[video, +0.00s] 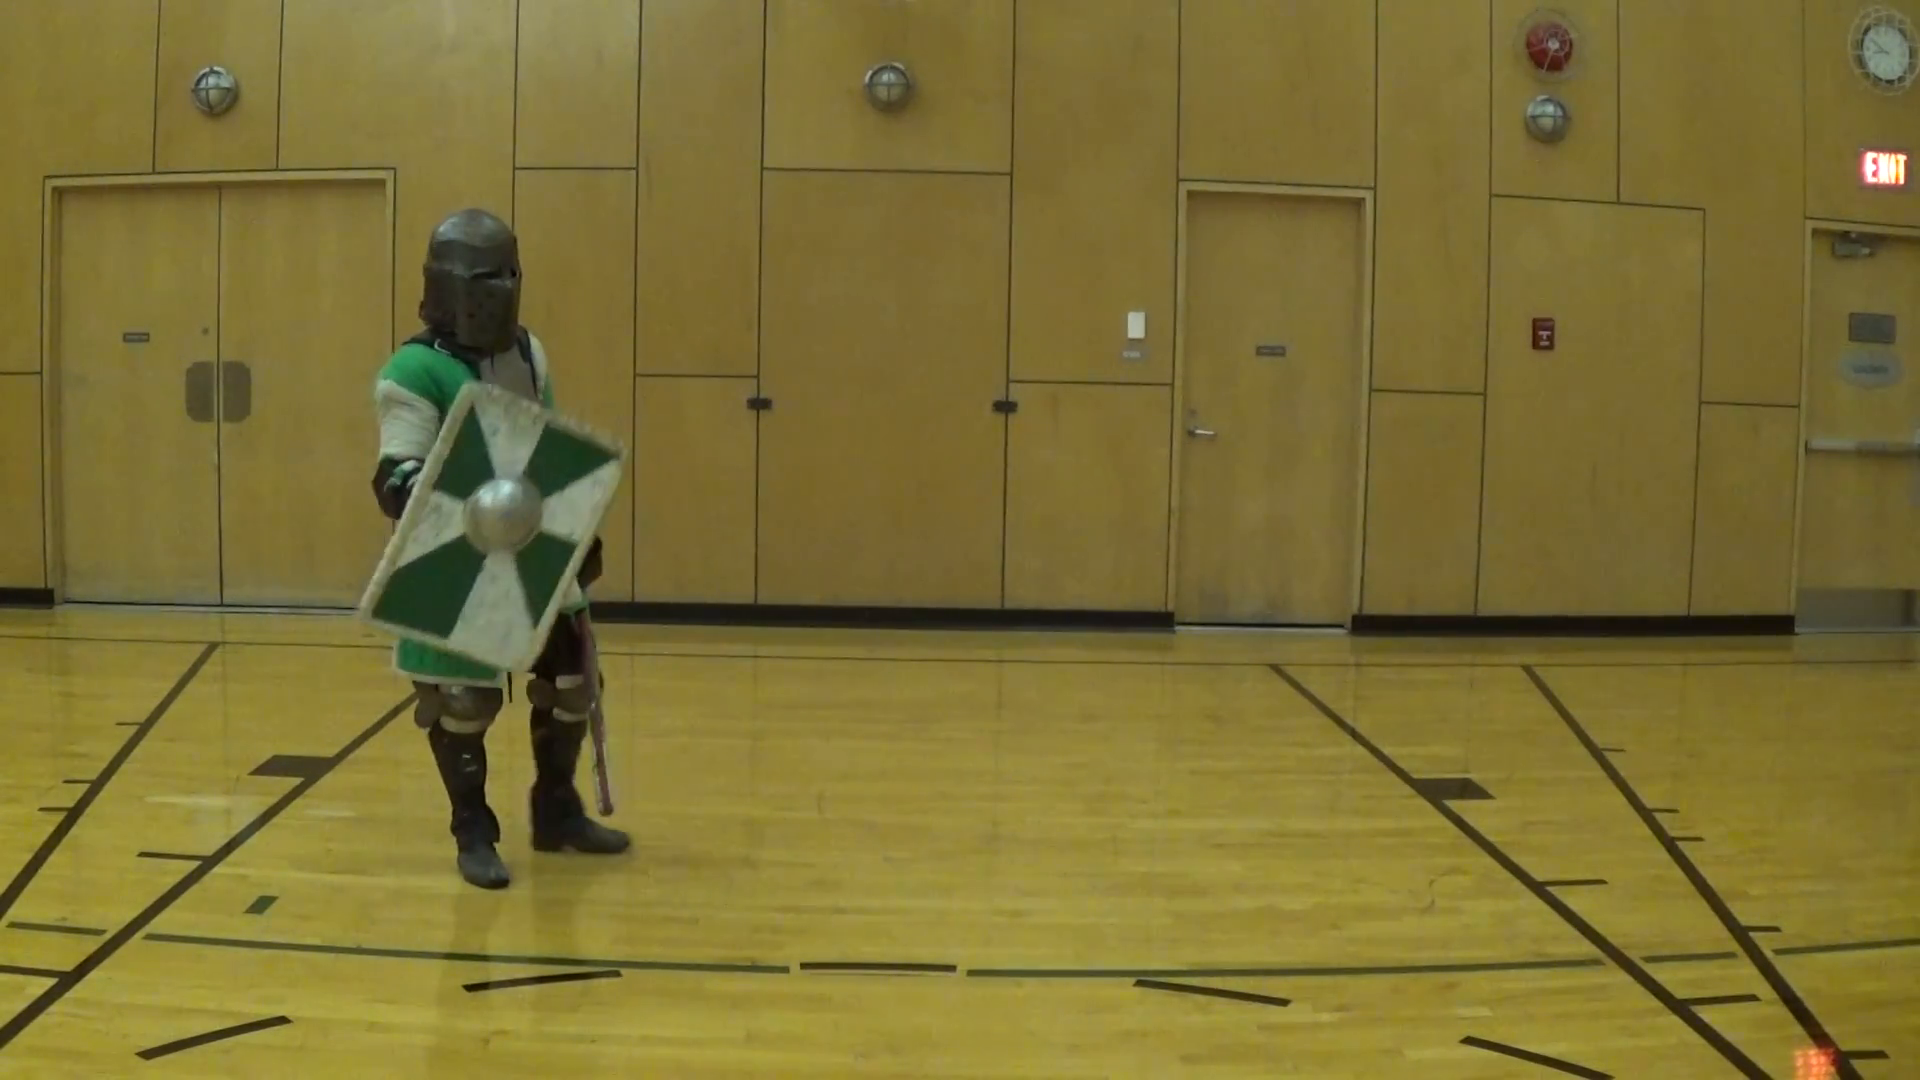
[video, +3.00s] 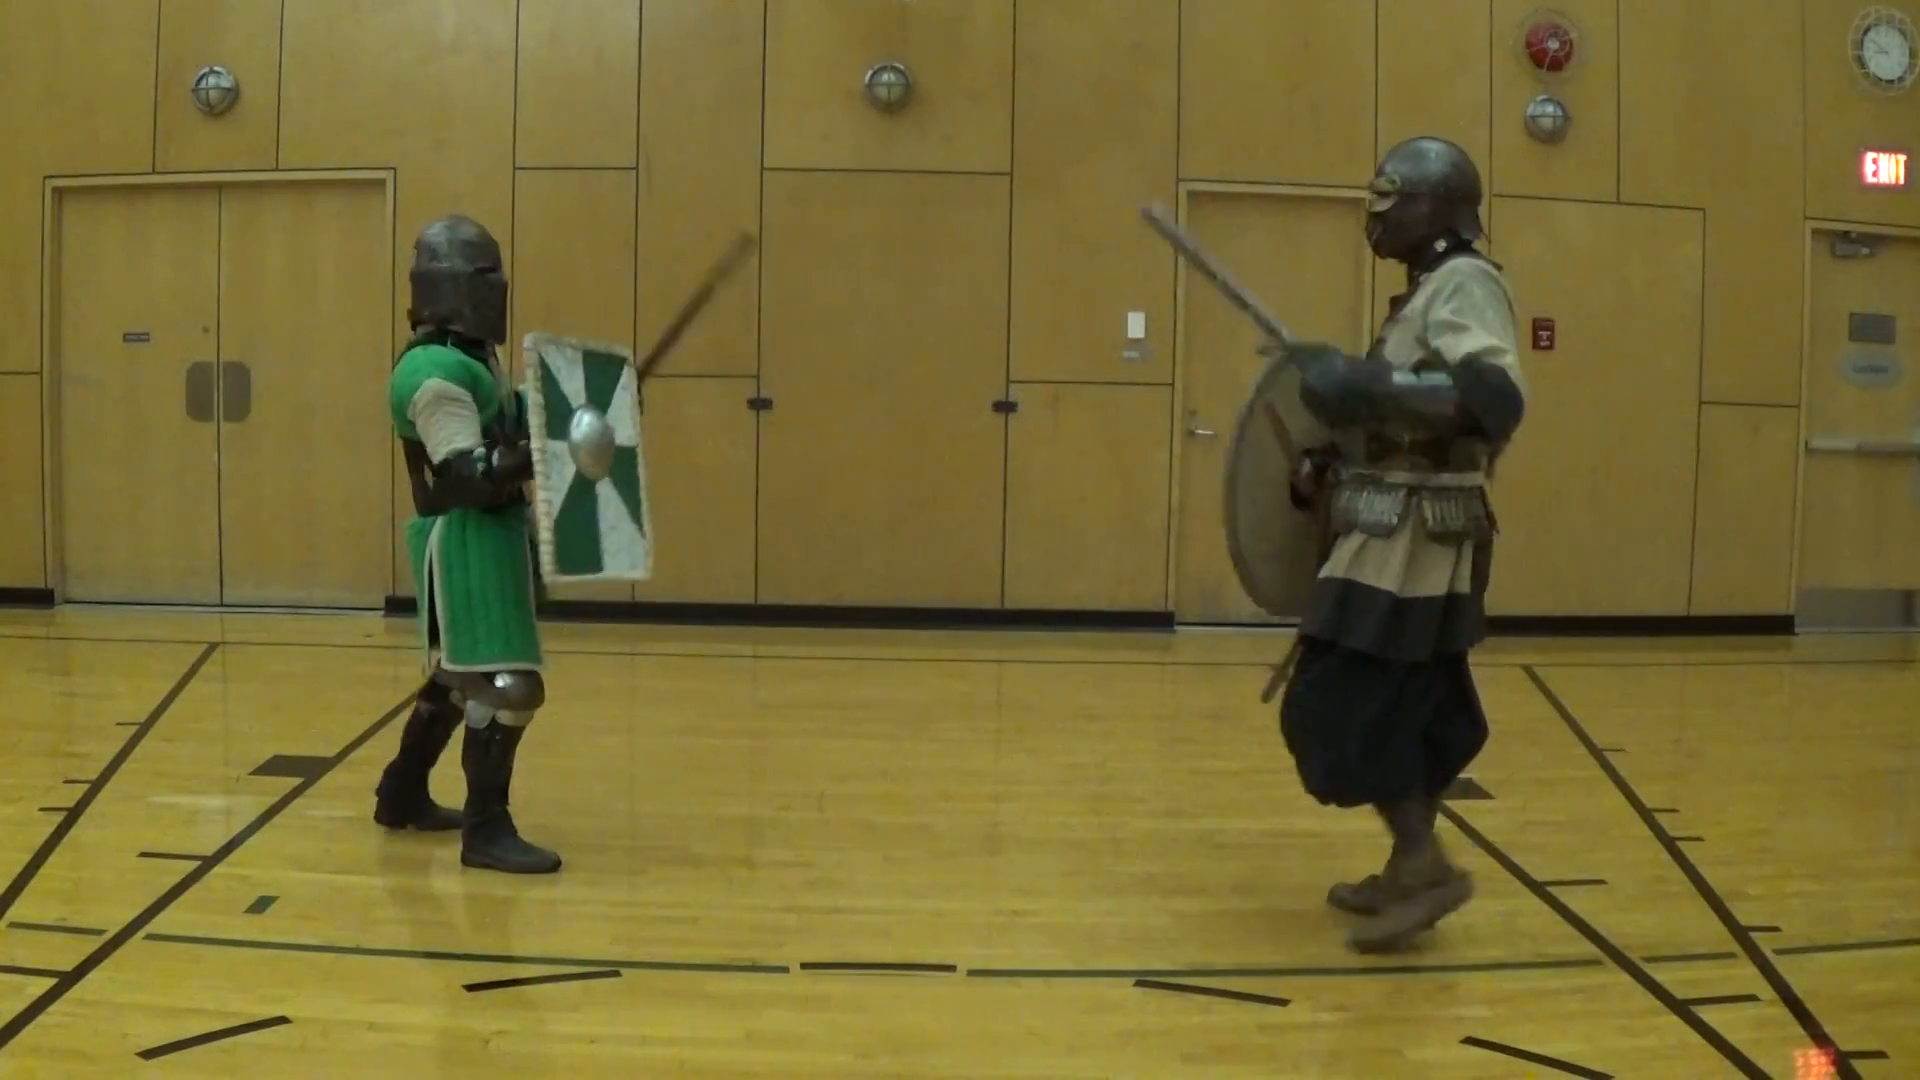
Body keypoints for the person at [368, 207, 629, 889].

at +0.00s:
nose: (491, 291)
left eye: (503, 276)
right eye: (472, 278)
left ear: (518, 282)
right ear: (435, 284)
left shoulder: (529, 357)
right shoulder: (415, 371)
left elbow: (549, 458)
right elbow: (397, 480)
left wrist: (579, 541)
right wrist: (468, 511)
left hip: (532, 555)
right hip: (449, 566)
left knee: (568, 670)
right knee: (462, 689)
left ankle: (556, 808)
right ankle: (474, 831)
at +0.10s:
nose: (490, 290)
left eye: (502, 275)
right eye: (472, 276)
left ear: (515, 281)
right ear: (436, 282)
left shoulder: (532, 363)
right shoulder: (417, 366)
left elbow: (571, 464)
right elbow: (409, 467)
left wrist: (582, 552)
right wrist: (495, 474)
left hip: (534, 551)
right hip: (452, 556)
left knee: (560, 675)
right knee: (466, 687)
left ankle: (517, 794)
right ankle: (472, 827)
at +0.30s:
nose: (487, 290)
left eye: (502, 275)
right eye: (473, 275)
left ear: (519, 280)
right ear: (443, 278)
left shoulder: (525, 359)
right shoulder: (427, 360)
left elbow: (552, 476)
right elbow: (483, 434)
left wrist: (574, 579)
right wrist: (544, 390)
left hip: (536, 537)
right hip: (468, 540)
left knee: (538, 676)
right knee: (473, 684)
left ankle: (504, 803)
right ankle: (473, 830)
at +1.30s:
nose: (550, 289)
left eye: (548, 276)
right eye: (539, 276)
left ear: (496, 282)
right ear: (508, 282)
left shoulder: (514, 359)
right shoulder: (471, 365)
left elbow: (514, 469)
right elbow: (465, 484)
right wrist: (560, 490)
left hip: (513, 539)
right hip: (484, 544)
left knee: (517, 682)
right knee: (509, 686)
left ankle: (506, 810)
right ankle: (492, 837)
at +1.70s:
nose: (536, 291)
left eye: (534, 278)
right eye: (526, 278)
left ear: (475, 284)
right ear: (492, 283)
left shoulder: (489, 361)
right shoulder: (462, 368)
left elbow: (493, 471)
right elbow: (450, 485)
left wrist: (546, 503)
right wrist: (540, 500)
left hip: (485, 537)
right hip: (471, 541)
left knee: (466, 672)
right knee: (512, 688)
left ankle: (416, 779)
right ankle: (498, 838)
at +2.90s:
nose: (489, 290)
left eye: (487, 278)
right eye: (477, 279)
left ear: (433, 291)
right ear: (442, 289)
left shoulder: (458, 362)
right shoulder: (426, 371)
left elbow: (479, 448)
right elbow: (441, 479)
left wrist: (531, 428)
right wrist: (534, 468)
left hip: (456, 533)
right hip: (455, 538)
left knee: (437, 669)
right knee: (504, 683)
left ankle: (398, 793)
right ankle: (488, 830)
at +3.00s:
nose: (498, 288)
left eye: (496, 276)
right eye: (484, 278)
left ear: (442, 294)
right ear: (448, 290)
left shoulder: (471, 361)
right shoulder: (433, 372)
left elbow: (506, 433)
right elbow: (466, 476)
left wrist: (551, 388)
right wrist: (549, 451)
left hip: (481, 530)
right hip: (465, 535)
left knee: (457, 673)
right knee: (507, 686)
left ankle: (403, 790)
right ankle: (488, 831)